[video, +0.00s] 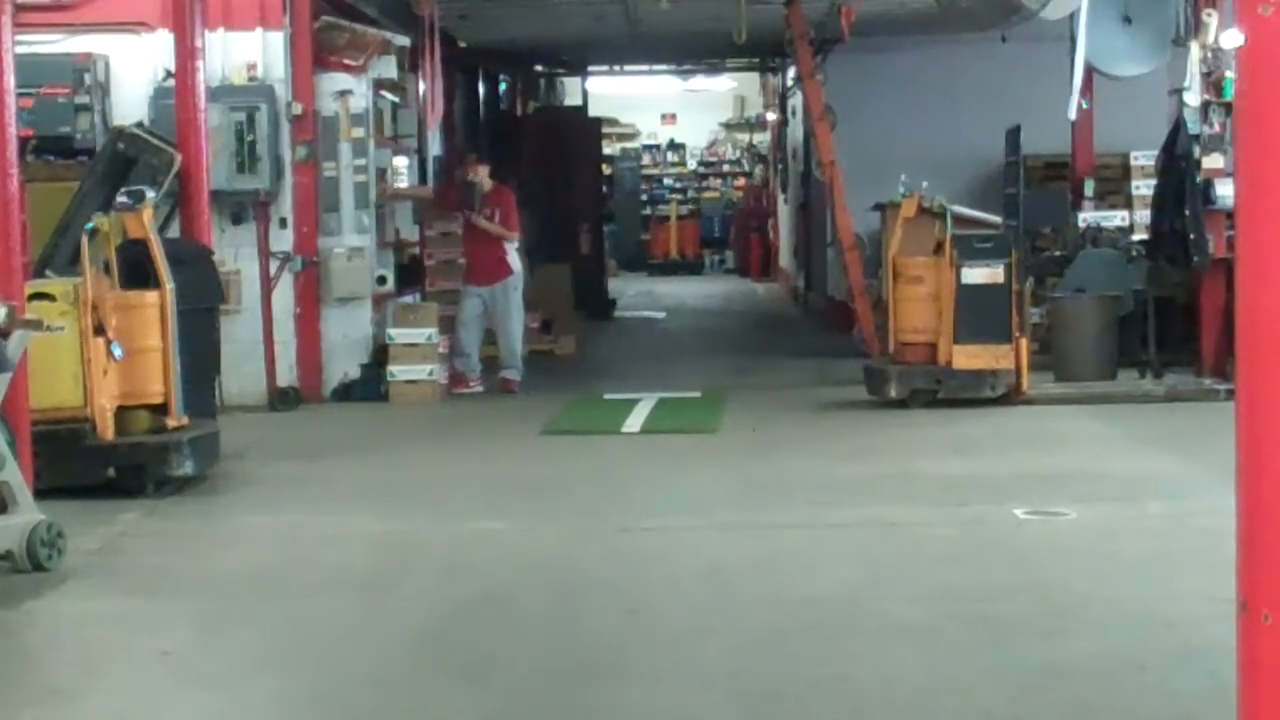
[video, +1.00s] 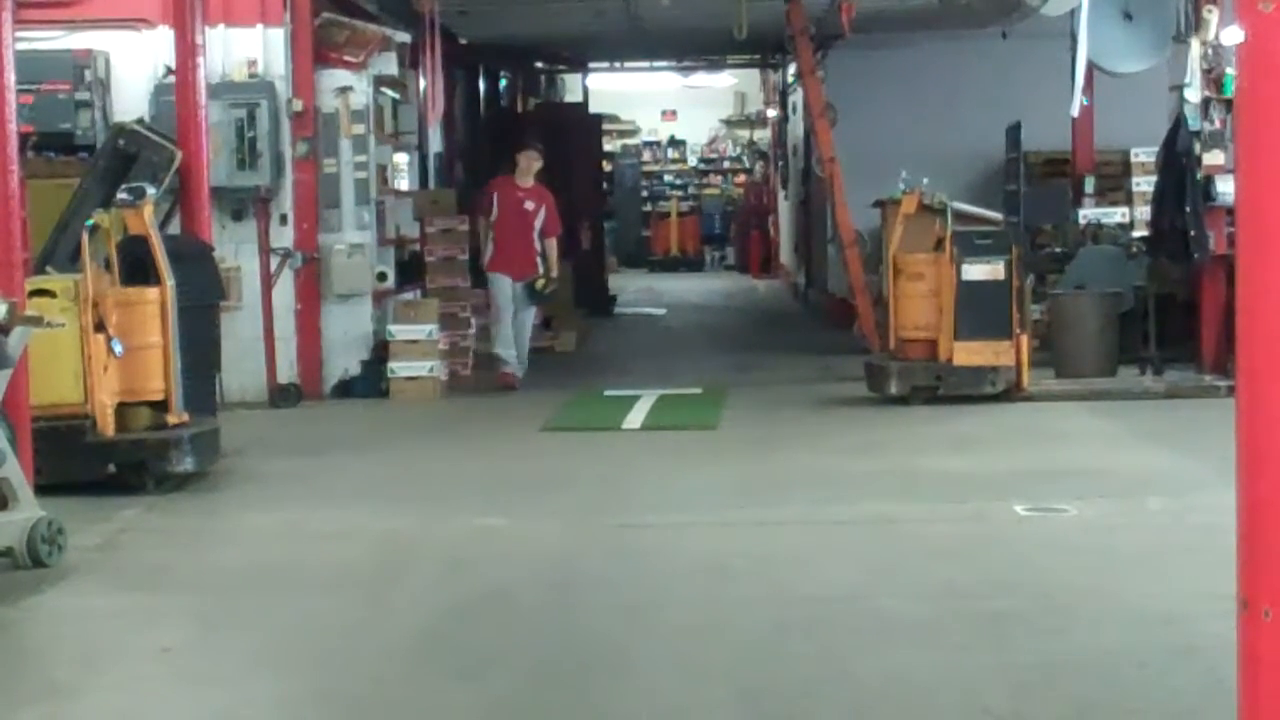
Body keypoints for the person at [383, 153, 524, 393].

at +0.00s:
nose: (473, 172)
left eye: (477, 166)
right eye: (469, 168)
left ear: (488, 168)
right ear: (465, 172)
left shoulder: (503, 196)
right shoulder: (464, 194)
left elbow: (512, 235)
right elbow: (430, 193)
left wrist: (481, 222)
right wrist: (393, 192)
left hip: (503, 276)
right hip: (474, 277)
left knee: (508, 327)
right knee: (466, 327)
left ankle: (510, 375)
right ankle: (469, 376)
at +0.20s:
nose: (484, 172)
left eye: (488, 167)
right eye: (481, 167)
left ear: (500, 169)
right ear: (476, 169)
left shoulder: (512, 197)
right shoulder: (468, 191)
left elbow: (529, 233)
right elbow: (433, 192)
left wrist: (506, 243)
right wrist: (396, 192)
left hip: (507, 275)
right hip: (478, 274)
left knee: (510, 328)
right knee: (469, 326)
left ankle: (510, 374)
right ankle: (470, 375)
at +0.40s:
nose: (502, 168)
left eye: (508, 164)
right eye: (500, 162)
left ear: (515, 168)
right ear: (493, 165)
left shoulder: (523, 198)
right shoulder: (479, 189)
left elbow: (535, 236)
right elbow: (444, 191)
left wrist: (531, 268)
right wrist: (406, 194)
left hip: (511, 276)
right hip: (481, 274)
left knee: (513, 330)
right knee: (471, 327)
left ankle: (510, 374)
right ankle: (471, 374)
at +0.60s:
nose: (515, 166)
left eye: (521, 163)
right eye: (513, 161)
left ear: (528, 169)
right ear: (506, 162)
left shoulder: (533, 198)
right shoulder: (488, 187)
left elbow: (542, 237)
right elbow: (455, 195)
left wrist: (546, 270)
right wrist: (430, 213)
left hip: (515, 276)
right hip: (483, 273)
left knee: (515, 329)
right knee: (475, 324)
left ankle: (511, 373)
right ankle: (471, 372)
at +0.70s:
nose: (521, 164)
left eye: (527, 162)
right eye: (519, 159)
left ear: (533, 168)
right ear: (512, 161)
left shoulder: (537, 198)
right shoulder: (491, 186)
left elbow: (545, 238)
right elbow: (460, 205)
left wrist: (548, 272)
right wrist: (447, 233)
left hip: (519, 274)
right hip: (486, 270)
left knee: (517, 327)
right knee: (477, 322)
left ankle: (512, 372)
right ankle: (474, 370)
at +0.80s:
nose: (526, 164)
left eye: (532, 161)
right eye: (523, 158)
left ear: (537, 167)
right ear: (514, 160)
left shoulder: (539, 197)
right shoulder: (493, 187)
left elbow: (546, 237)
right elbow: (473, 216)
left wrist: (550, 272)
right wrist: (466, 243)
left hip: (522, 272)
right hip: (489, 268)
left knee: (520, 325)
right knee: (484, 320)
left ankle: (513, 371)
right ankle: (481, 368)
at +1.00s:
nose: (529, 164)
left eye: (534, 160)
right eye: (526, 157)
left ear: (540, 165)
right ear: (517, 159)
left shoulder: (544, 197)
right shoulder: (497, 187)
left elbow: (550, 237)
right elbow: (484, 219)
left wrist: (553, 271)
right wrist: (484, 250)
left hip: (528, 266)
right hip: (499, 262)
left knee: (524, 320)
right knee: (502, 312)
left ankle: (519, 368)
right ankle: (506, 364)